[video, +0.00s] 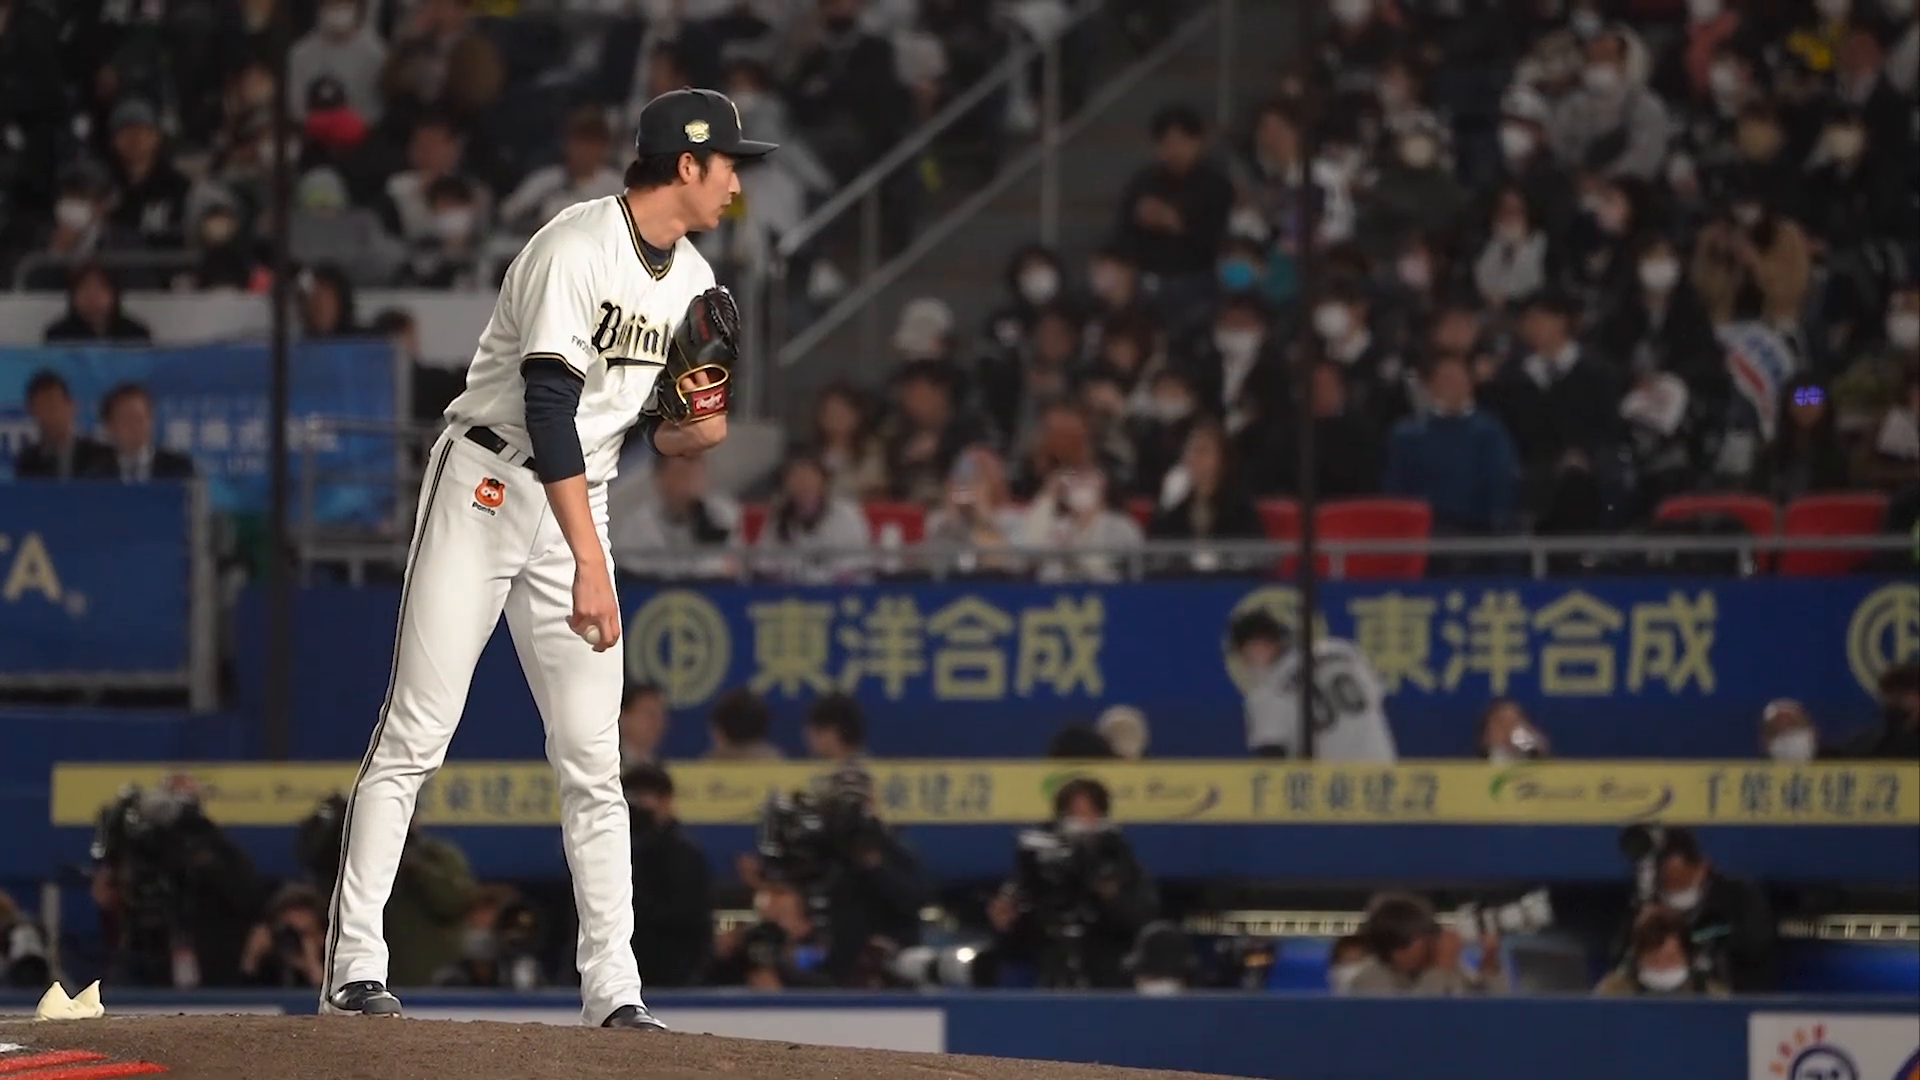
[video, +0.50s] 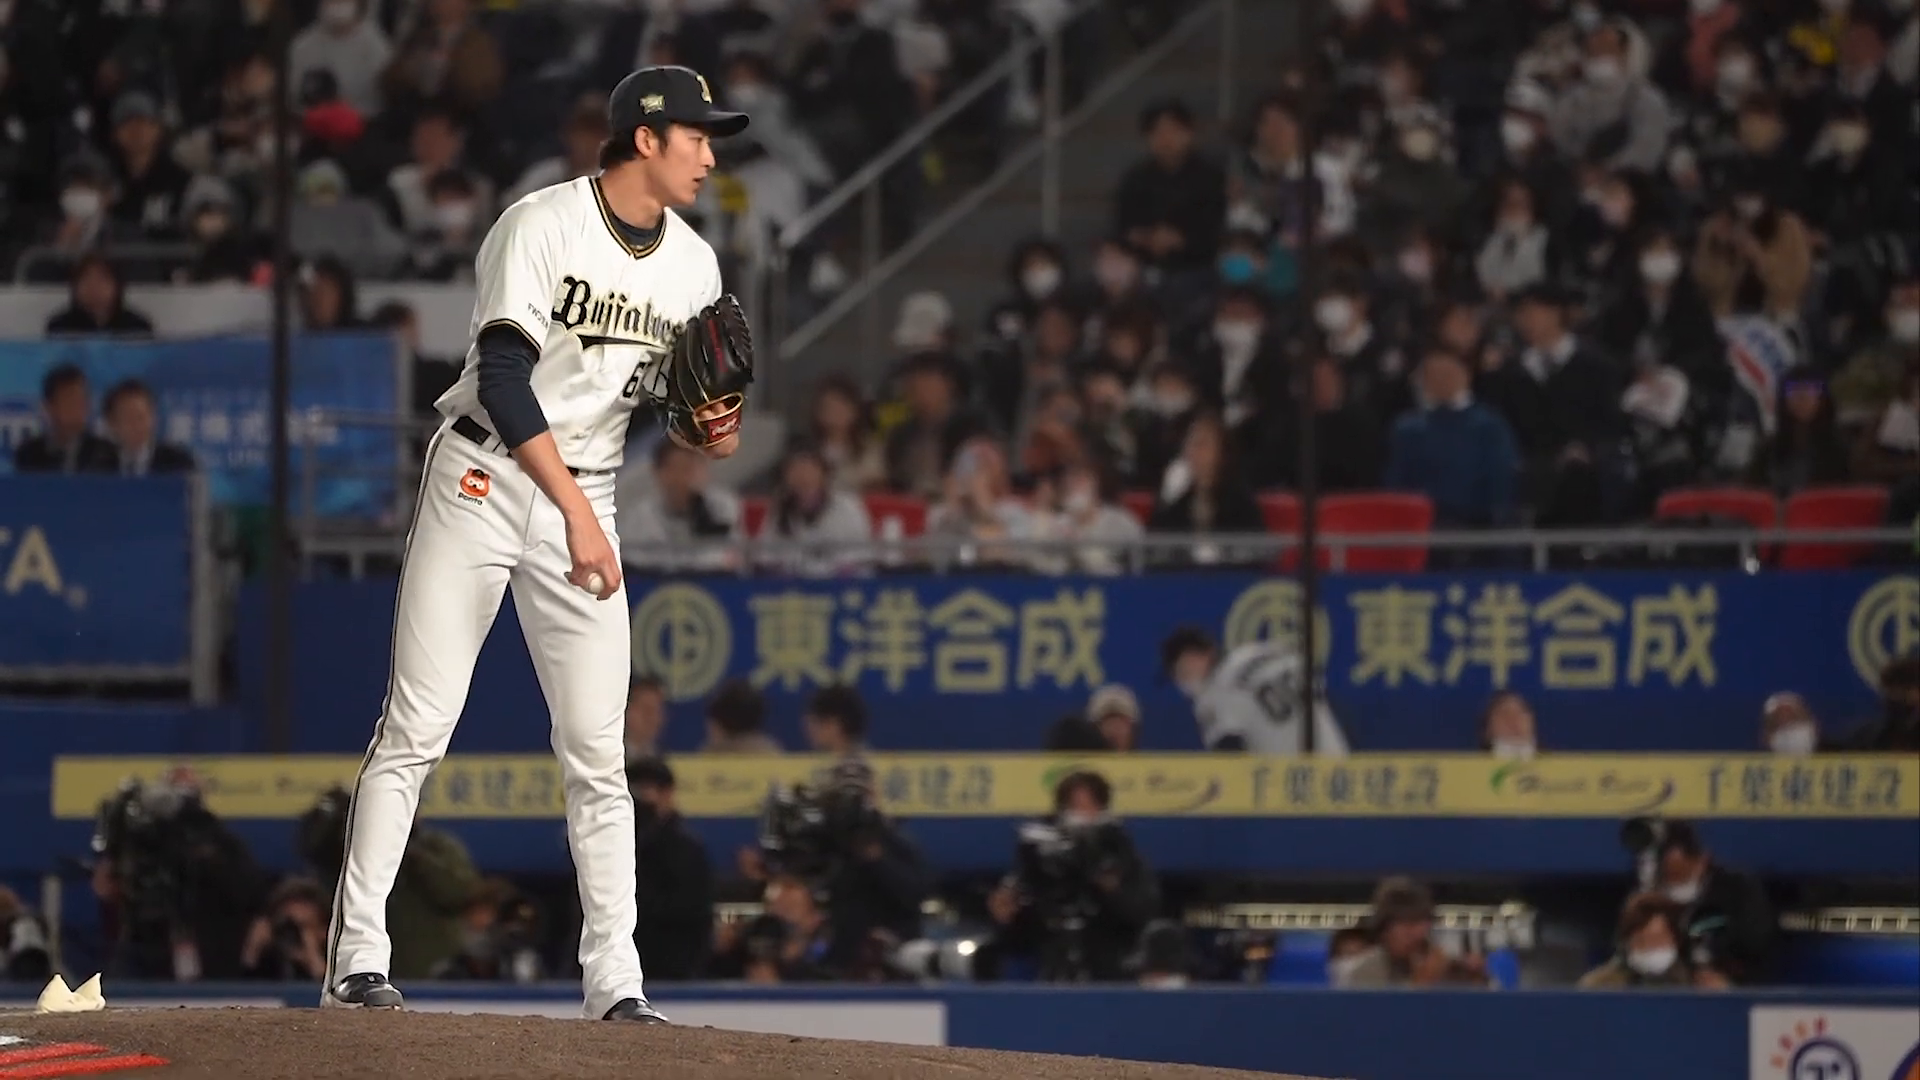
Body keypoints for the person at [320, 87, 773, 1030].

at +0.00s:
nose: (738, 182)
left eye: (737, 165)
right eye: (728, 164)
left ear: (688, 168)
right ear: (686, 166)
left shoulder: (695, 277)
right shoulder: (576, 247)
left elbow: (664, 424)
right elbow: (547, 408)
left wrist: (692, 431)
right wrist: (589, 560)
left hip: (583, 507)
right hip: (485, 482)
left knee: (592, 760)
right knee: (417, 729)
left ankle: (614, 995)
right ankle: (354, 965)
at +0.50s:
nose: (710, 154)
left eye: (711, 137)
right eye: (696, 136)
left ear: (681, 146)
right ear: (642, 138)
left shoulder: (696, 264)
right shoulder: (539, 222)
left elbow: (679, 402)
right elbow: (501, 378)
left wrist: (710, 426)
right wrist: (576, 507)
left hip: (586, 506)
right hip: (483, 480)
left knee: (598, 754)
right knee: (416, 727)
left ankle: (615, 988)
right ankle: (359, 957)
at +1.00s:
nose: (503, 109)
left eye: (515, 95)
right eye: (483, 95)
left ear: (530, 113)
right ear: (441, 110)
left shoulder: (574, 218)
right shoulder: (381, 212)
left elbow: (605, 371)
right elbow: (335, 362)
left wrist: (547, 324)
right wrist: (433, 310)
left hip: (527, 494)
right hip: (410, 488)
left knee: (585, 738)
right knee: (390, 724)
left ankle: (621, 983)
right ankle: (357, 964)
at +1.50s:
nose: (494, 111)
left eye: (507, 97)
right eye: (473, 102)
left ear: (535, 117)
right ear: (445, 131)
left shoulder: (595, 213)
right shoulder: (404, 229)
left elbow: (651, 355)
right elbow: (372, 370)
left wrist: (551, 269)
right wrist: (458, 266)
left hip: (566, 502)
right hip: (448, 498)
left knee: (598, 746)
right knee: (418, 726)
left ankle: (634, 973)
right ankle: (359, 955)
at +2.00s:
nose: (530, 120)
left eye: (546, 106)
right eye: (511, 106)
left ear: (570, 125)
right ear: (481, 125)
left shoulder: (626, 225)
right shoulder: (426, 230)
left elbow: (675, 369)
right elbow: (388, 379)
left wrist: (581, 311)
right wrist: (476, 306)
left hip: (576, 508)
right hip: (457, 498)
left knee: (608, 750)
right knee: (414, 722)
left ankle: (637, 980)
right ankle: (361, 952)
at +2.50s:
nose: (476, 115)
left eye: (491, 98)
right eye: (456, 99)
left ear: (515, 114)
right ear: (422, 117)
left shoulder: (556, 200)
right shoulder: (384, 196)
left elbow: (570, 234)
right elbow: (368, 231)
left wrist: (550, 260)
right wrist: (421, 246)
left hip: (519, 497)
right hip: (401, 495)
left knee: (581, 736)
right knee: (382, 723)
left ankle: (639, 963)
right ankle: (357, 960)